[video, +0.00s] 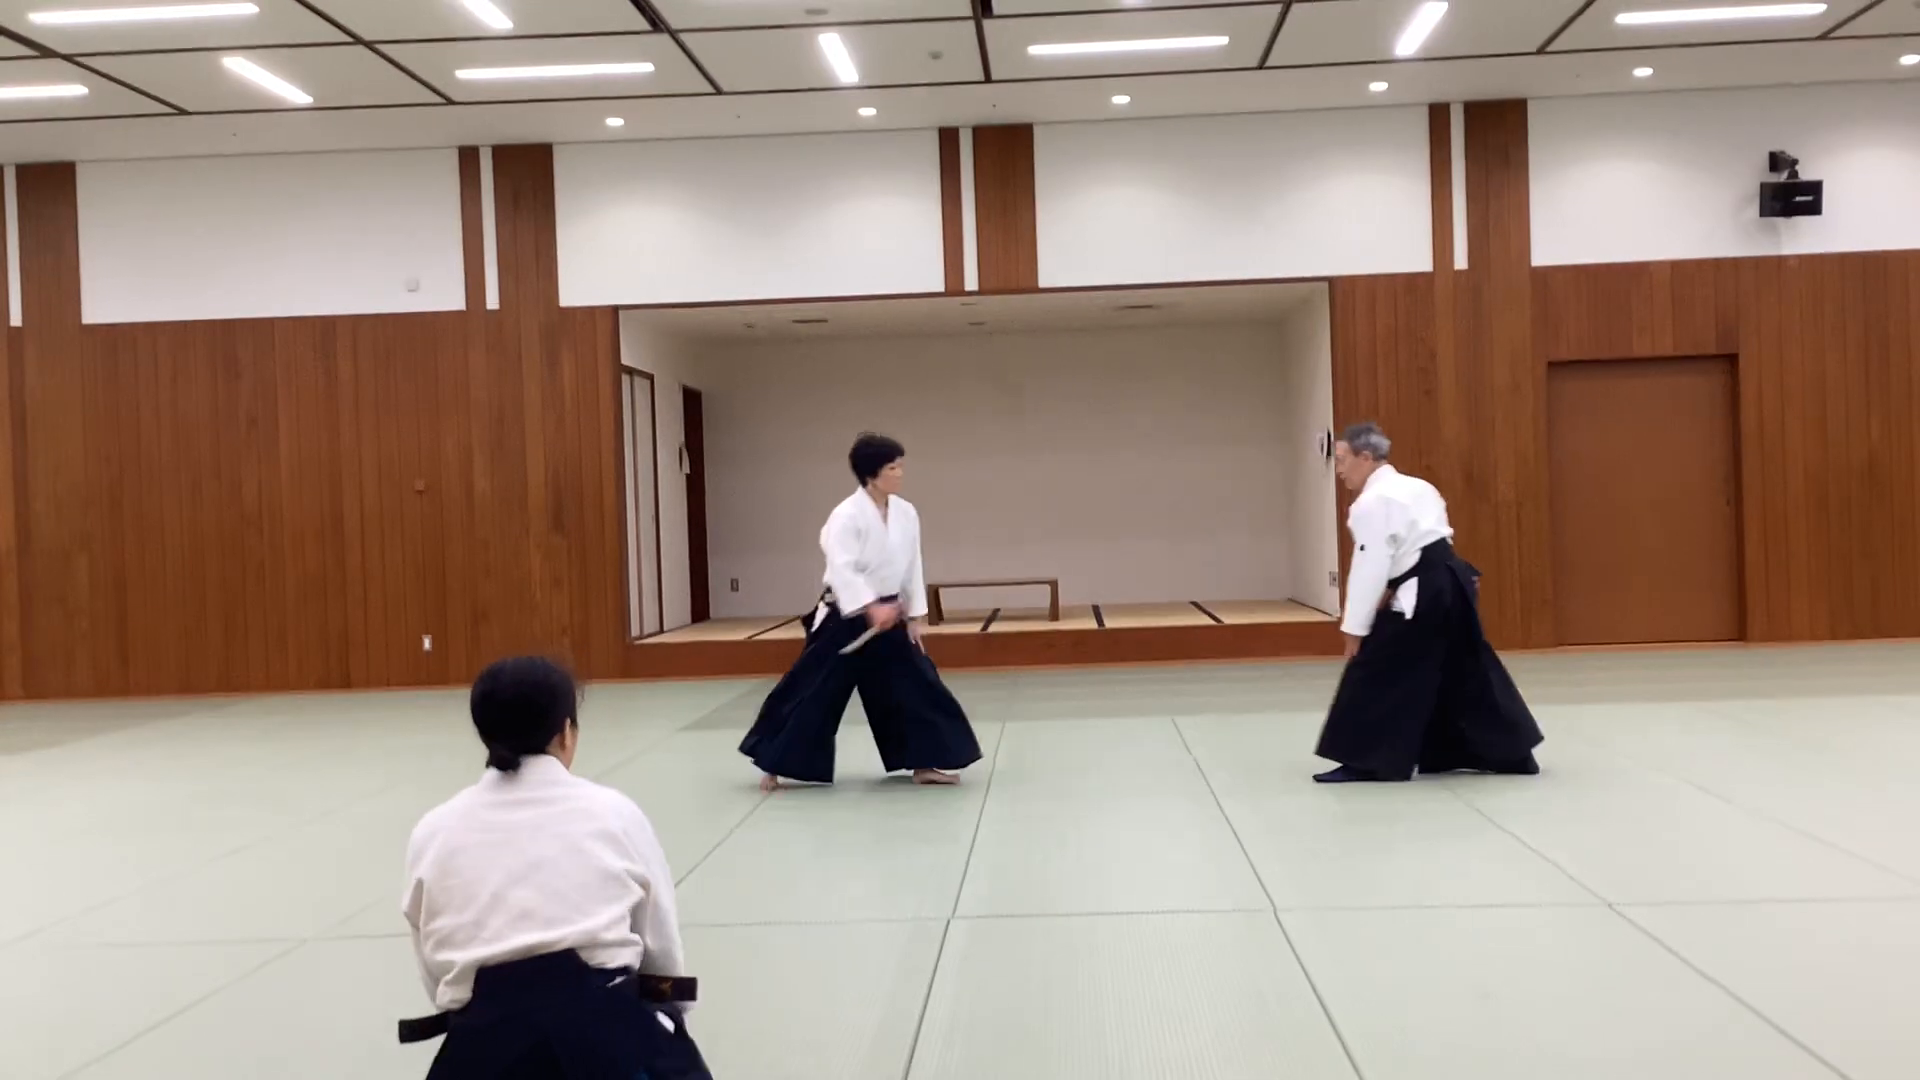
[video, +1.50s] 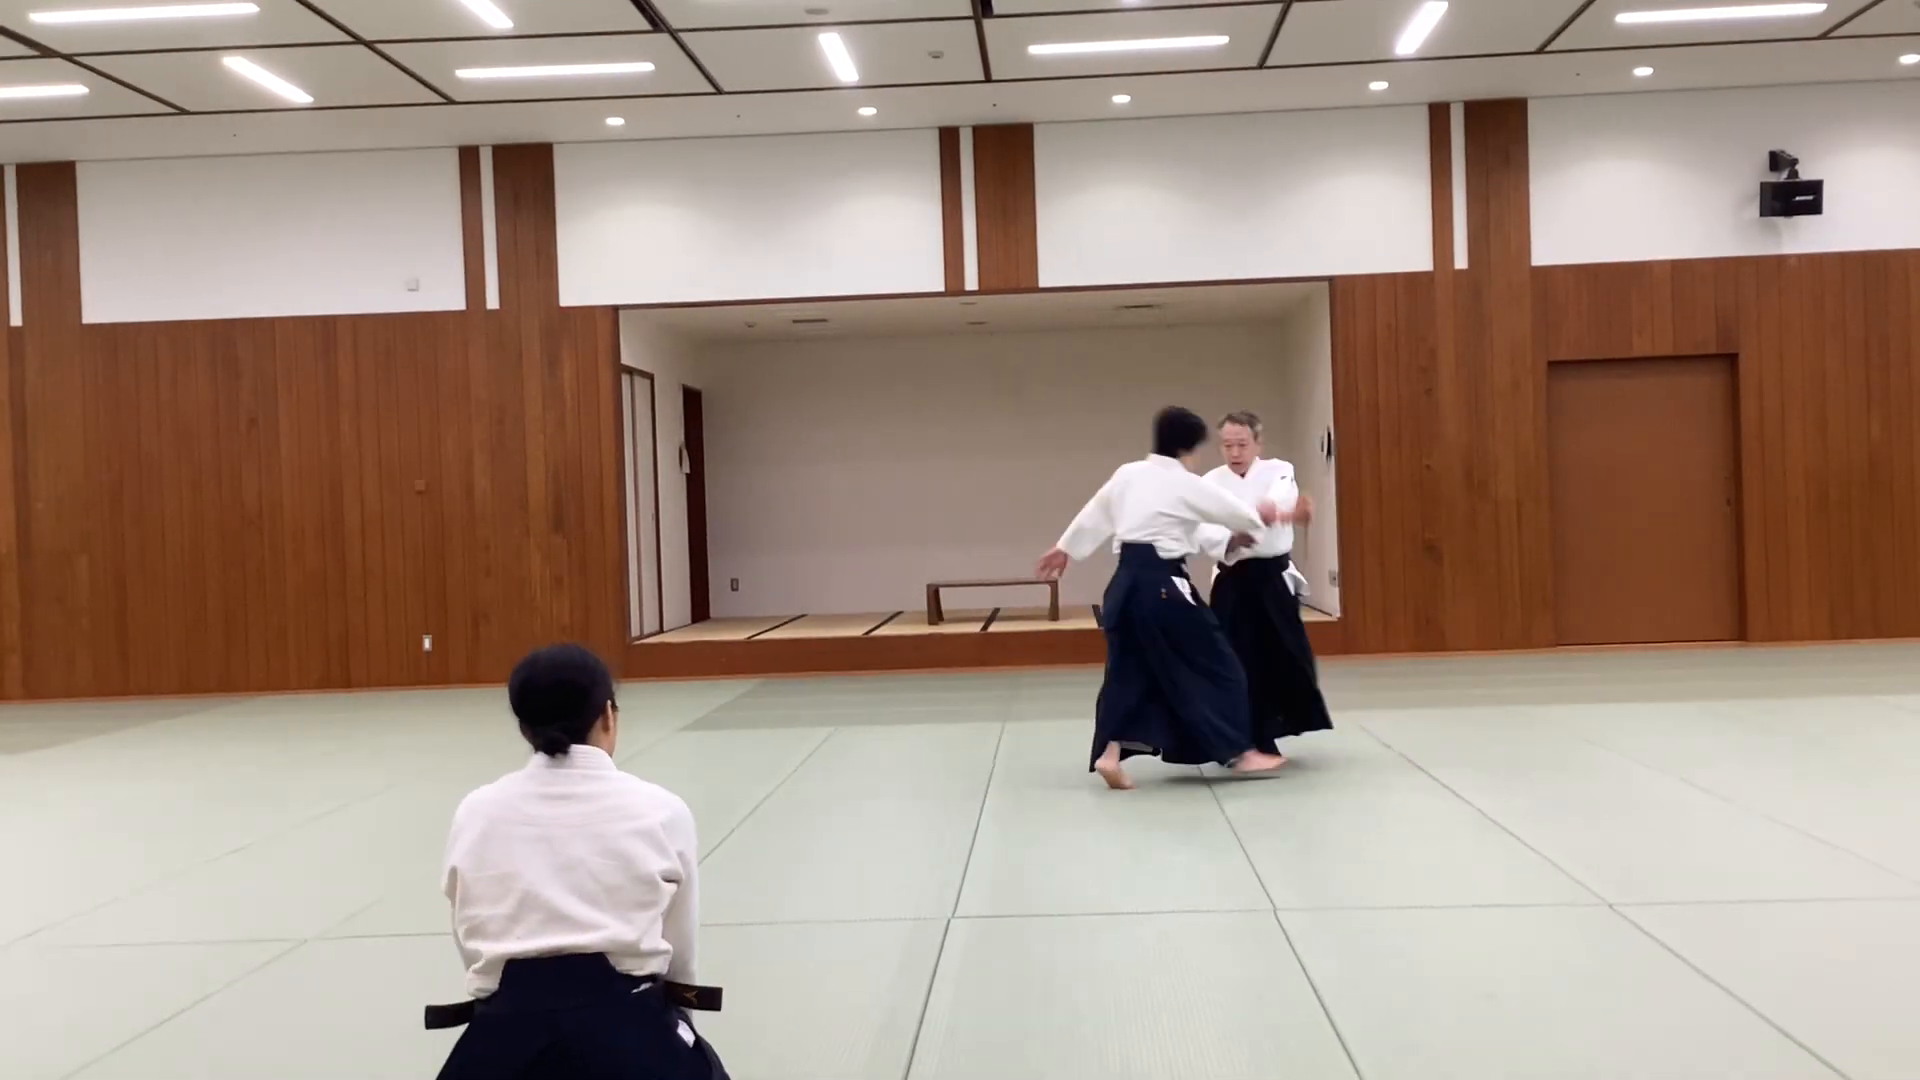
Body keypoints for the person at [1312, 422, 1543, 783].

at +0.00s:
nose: (1338, 468)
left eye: (1342, 458)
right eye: (1337, 459)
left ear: (1367, 458)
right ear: (1377, 458)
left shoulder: (1372, 503)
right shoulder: (1420, 487)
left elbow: (1369, 569)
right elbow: (1438, 542)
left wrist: (1354, 628)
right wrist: (1393, 586)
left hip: (1419, 593)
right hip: (1452, 585)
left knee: (1374, 671)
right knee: (1465, 670)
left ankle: (1366, 761)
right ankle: (1512, 751)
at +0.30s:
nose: (1390, 446)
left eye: (1395, 437)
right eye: (1390, 438)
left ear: (1418, 436)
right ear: (1426, 438)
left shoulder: (1412, 482)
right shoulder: (1469, 475)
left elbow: (1405, 548)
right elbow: (1485, 536)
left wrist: (1395, 600)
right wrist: (1484, 574)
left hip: (1446, 581)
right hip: (1485, 577)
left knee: (1401, 664)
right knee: (1489, 663)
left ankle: (1390, 759)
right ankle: (1517, 754)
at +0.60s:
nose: (1377, 452)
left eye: (1382, 443)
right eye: (1377, 444)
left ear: (1405, 443)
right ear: (1417, 444)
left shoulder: (1396, 487)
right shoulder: (1456, 479)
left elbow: (1385, 550)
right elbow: (1480, 531)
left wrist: (1366, 600)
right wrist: (1479, 574)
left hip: (1436, 582)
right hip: (1477, 577)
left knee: (1383, 662)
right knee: (1482, 663)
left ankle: (1376, 759)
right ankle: (1515, 754)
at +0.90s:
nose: (1321, 451)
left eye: (1326, 444)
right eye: (1322, 444)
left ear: (1351, 444)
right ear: (1353, 446)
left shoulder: (1356, 473)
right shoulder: (1370, 468)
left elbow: (1299, 483)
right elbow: (1308, 478)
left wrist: (1241, 481)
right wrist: (1256, 477)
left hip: (1377, 581)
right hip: (1392, 576)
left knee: (1358, 670)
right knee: (1397, 664)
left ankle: (1375, 762)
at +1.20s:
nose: (1270, 442)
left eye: (1277, 436)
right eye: (1268, 436)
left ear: (1298, 437)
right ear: (1270, 438)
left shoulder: (1319, 465)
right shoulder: (1268, 480)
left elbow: (1271, 448)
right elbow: (1227, 504)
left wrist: (1222, 428)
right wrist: (1214, 473)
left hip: (1332, 576)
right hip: (1293, 578)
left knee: (1345, 665)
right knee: (1265, 659)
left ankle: (1366, 755)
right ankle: (1269, 746)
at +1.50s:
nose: (1234, 451)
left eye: (1241, 443)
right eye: (1227, 444)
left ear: (1257, 443)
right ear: (1221, 445)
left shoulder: (1279, 471)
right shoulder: (1210, 482)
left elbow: (1281, 504)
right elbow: (1196, 532)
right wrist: (1228, 538)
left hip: (1271, 577)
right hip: (1230, 579)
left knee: (1267, 659)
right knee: (1236, 660)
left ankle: (1262, 741)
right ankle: (1241, 744)